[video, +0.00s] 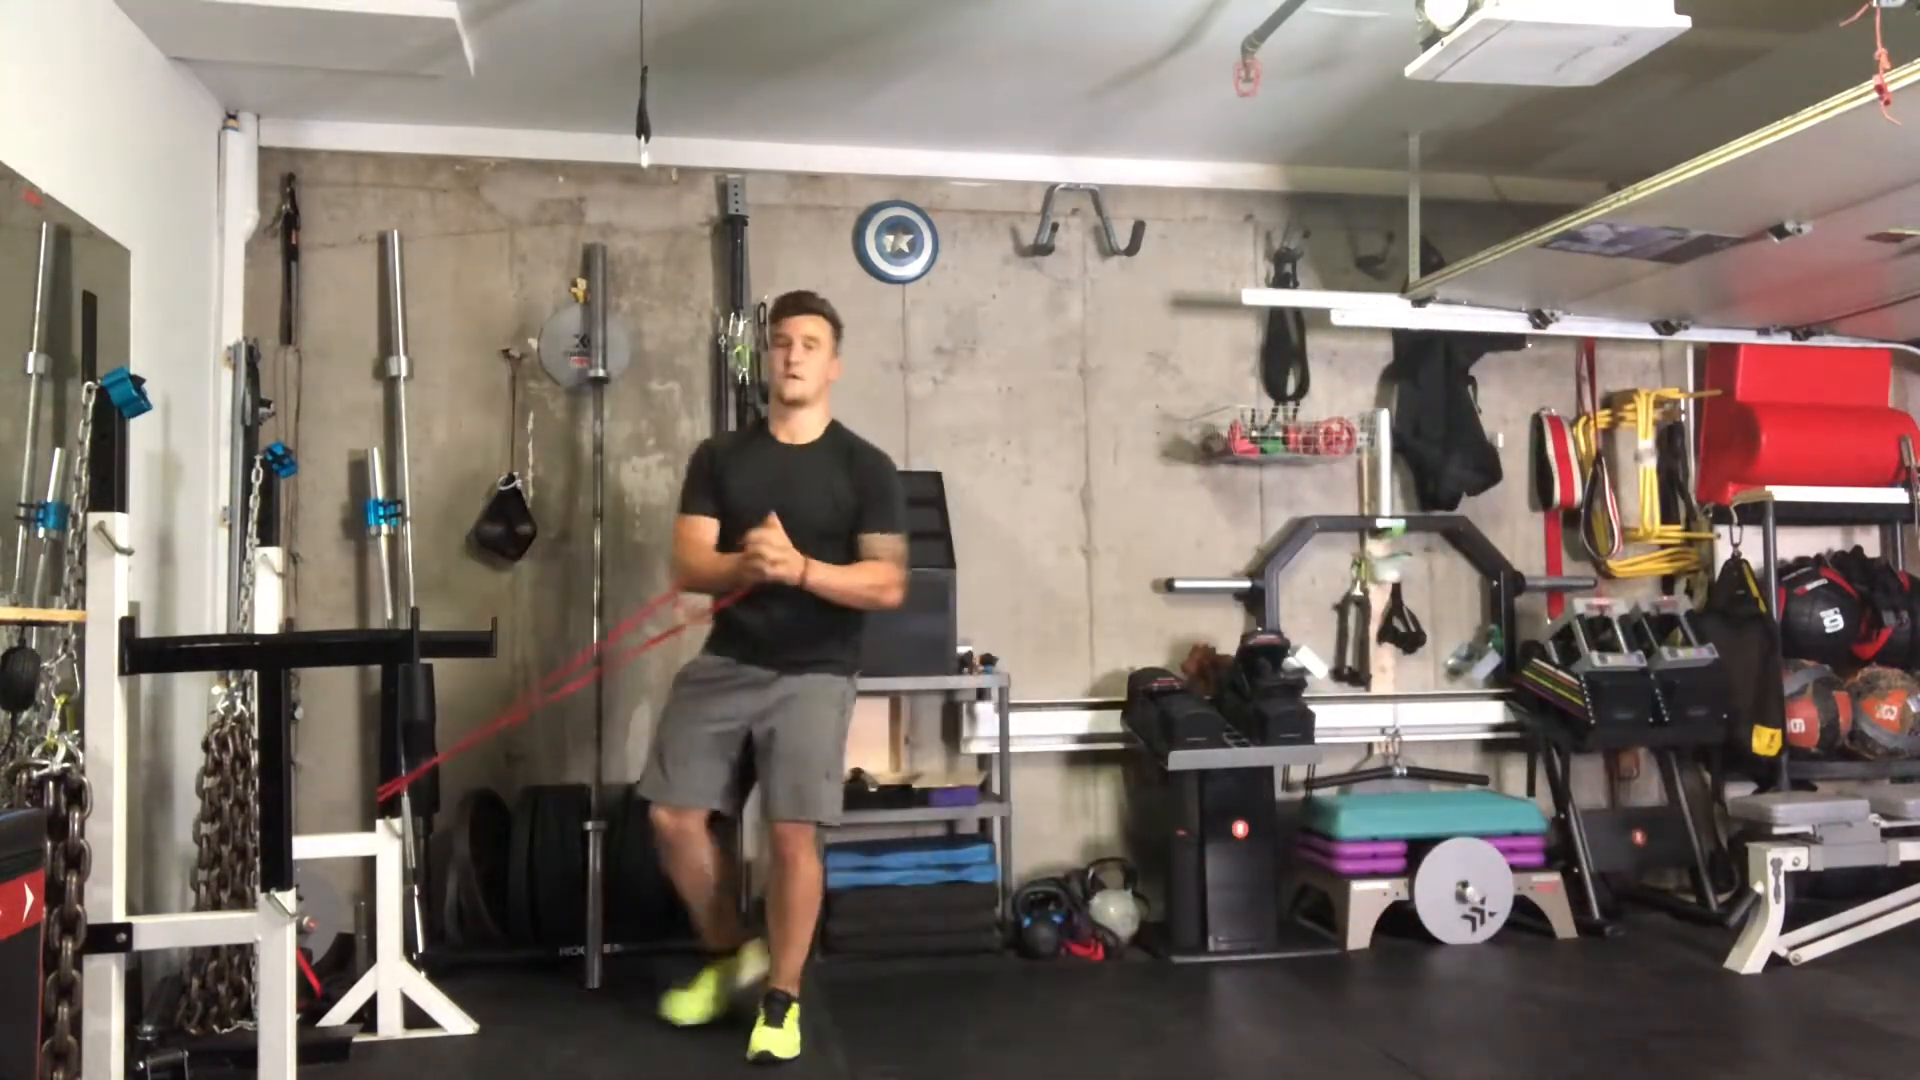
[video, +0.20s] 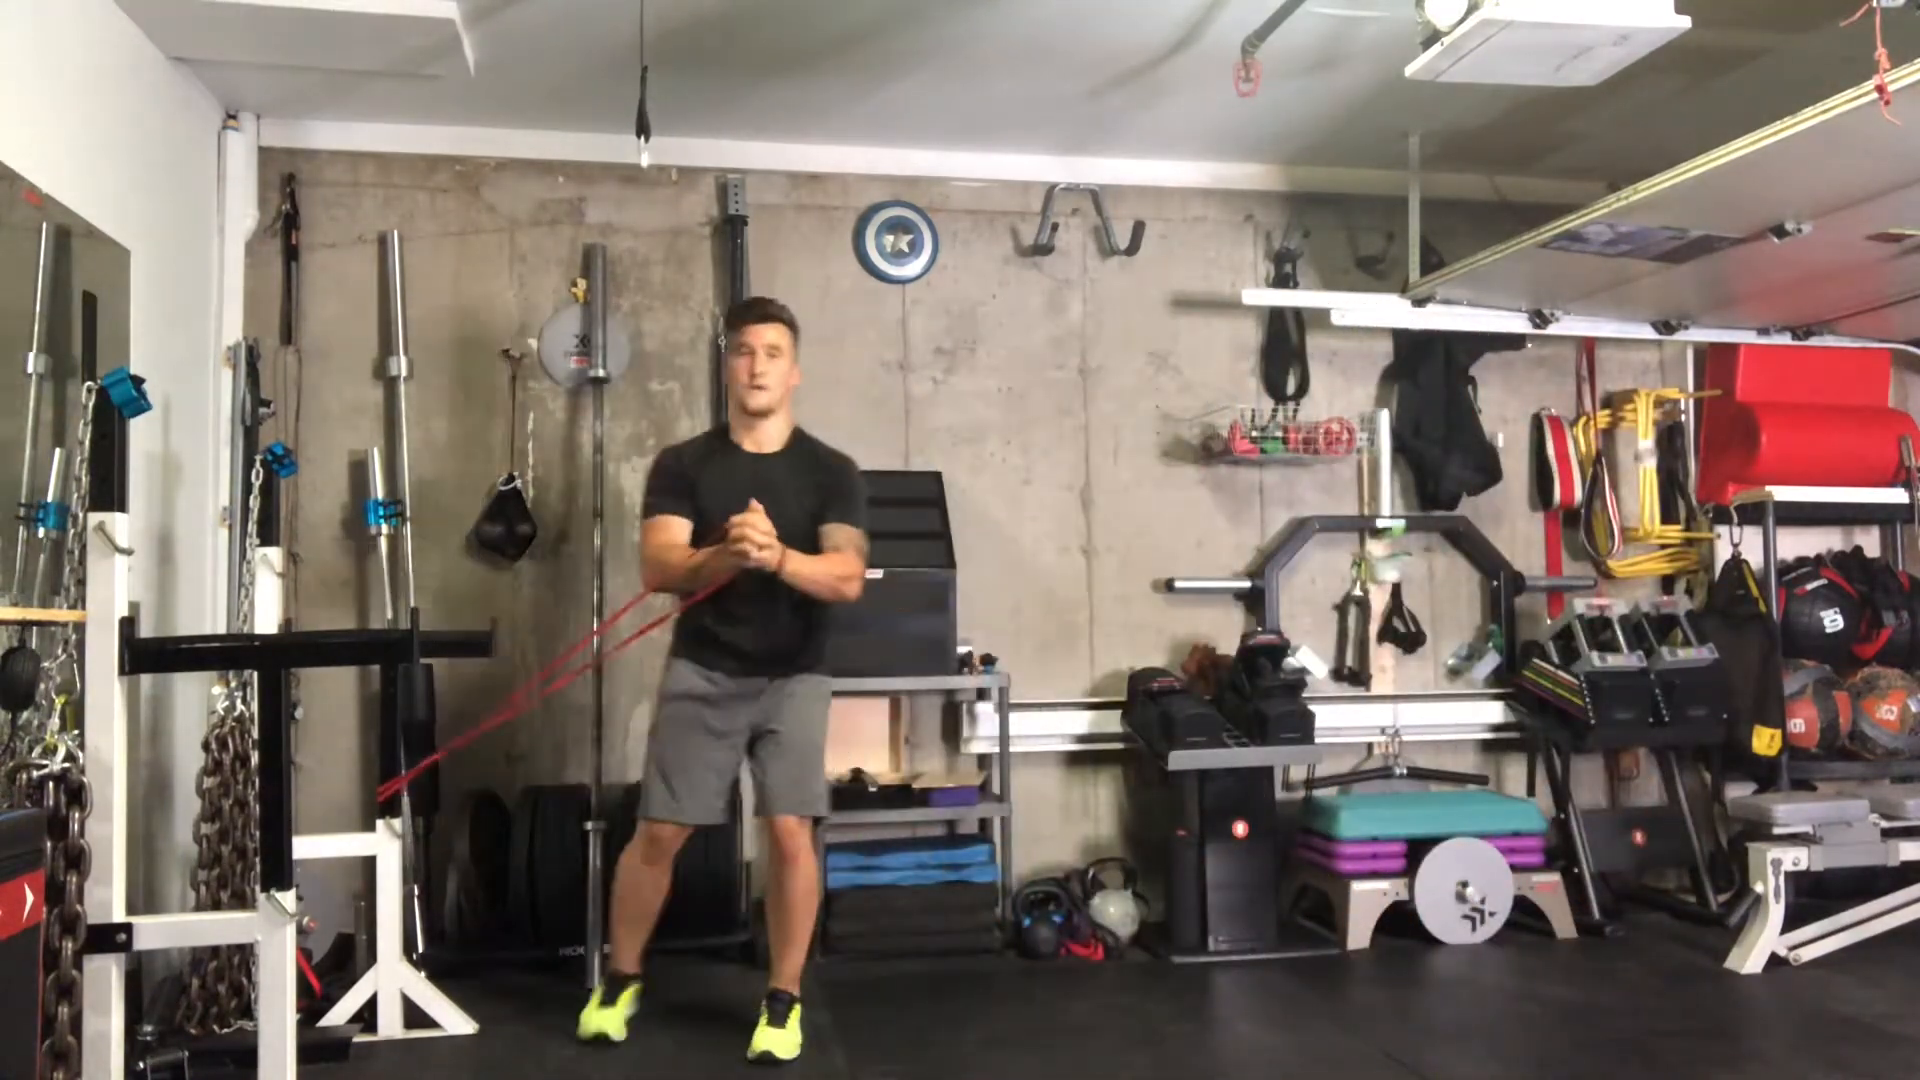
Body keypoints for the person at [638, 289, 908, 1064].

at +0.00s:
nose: (792, 357)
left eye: (809, 345)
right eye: (781, 344)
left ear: (834, 364)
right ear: (764, 359)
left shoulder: (868, 468)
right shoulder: (719, 458)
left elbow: (888, 585)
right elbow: (688, 568)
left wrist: (799, 568)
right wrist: (745, 564)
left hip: (813, 674)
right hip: (723, 666)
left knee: (793, 829)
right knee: (674, 814)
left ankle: (783, 997)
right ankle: (728, 952)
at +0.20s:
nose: (757, 366)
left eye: (772, 353)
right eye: (743, 353)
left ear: (796, 370)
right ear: (724, 367)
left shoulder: (832, 472)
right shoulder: (682, 465)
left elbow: (847, 579)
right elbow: (659, 571)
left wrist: (775, 555)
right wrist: (728, 552)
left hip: (794, 681)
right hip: (702, 677)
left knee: (790, 832)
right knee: (659, 833)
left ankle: (784, 1000)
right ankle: (620, 980)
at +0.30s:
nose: (733, 376)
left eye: (749, 363)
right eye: (720, 363)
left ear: (773, 378)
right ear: (701, 375)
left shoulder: (808, 476)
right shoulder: (658, 468)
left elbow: (825, 563)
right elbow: (648, 563)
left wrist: (768, 565)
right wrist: (708, 560)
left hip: (777, 677)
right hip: (682, 676)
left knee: (784, 818)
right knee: (647, 833)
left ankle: (787, 995)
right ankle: (608, 988)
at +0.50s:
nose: (701, 434)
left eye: (717, 420)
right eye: (688, 421)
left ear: (745, 431)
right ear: (672, 432)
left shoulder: (777, 518)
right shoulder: (628, 516)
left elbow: (774, 569)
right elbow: (646, 574)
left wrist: (749, 583)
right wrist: (694, 582)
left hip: (752, 698)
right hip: (657, 702)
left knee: (756, 822)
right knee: (640, 843)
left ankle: (758, 974)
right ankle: (606, 990)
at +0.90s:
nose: (730, 546)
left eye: (743, 531)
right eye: (715, 532)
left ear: (763, 531)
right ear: (691, 533)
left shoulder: (793, 593)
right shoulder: (652, 600)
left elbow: (810, 629)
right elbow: (663, 639)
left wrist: (784, 640)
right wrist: (727, 643)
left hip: (763, 757)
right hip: (676, 753)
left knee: (730, 859)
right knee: (662, 865)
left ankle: (746, 980)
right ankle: (610, 989)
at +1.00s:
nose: (744, 553)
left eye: (756, 537)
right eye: (728, 539)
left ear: (775, 533)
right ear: (702, 539)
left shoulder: (807, 589)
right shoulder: (673, 608)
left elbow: (830, 624)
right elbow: (678, 650)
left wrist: (806, 646)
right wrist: (751, 654)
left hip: (789, 756)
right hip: (701, 755)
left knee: (779, 858)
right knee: (683, 874)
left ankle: (750, 978)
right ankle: (611, 990)